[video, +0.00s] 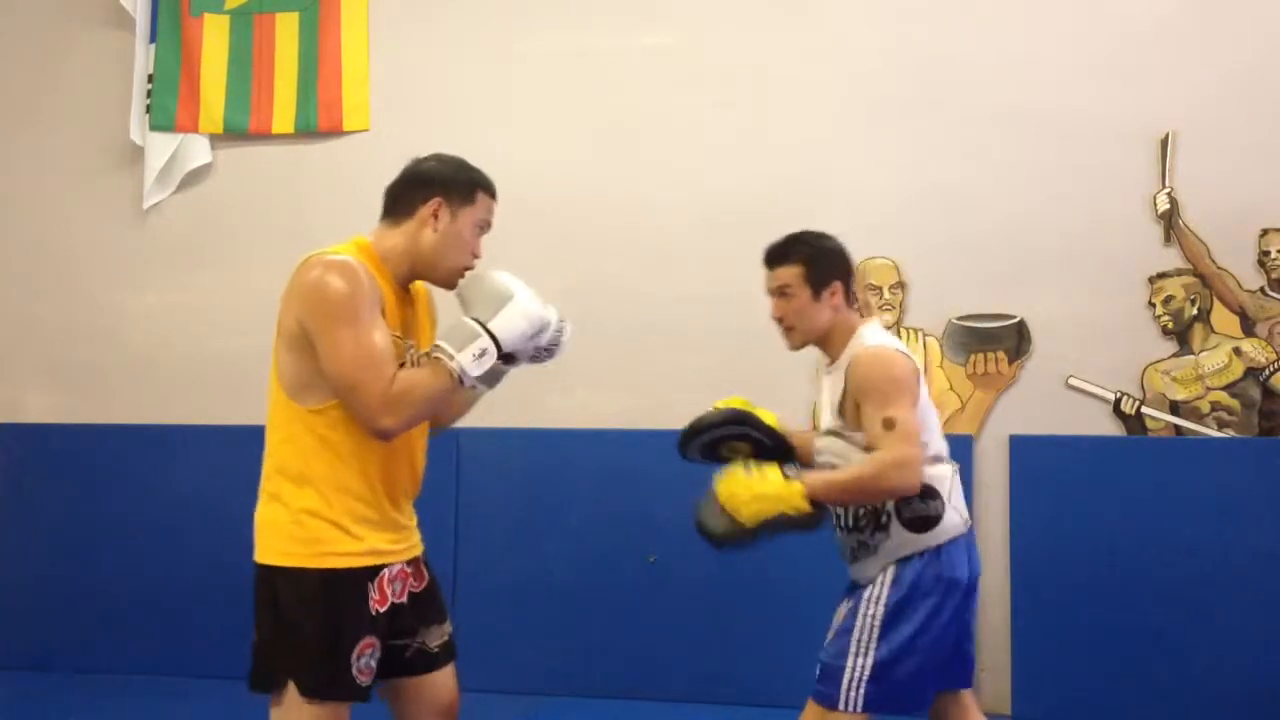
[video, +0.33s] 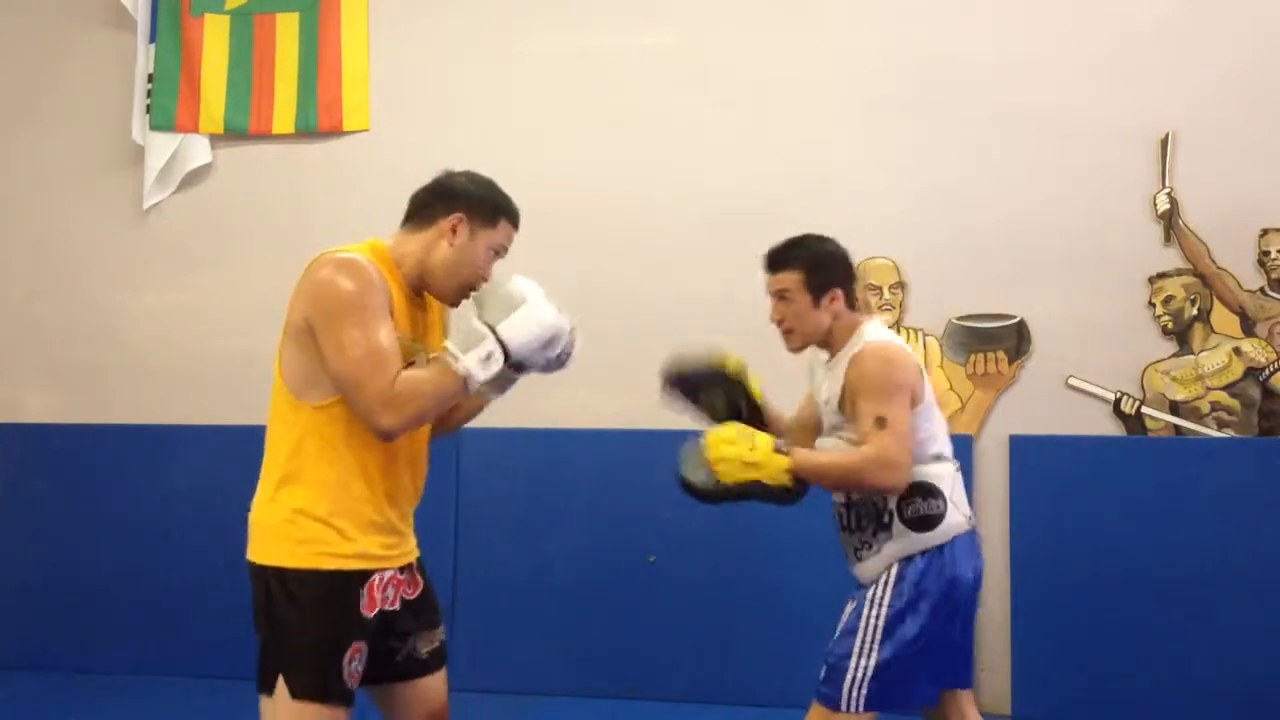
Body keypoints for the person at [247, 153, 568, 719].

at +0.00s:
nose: (480, 251)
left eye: (485, 234)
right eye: (478, 230)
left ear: (435, 219)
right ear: (435, 216)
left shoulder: (414, 299)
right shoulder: (334, 280)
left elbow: (435, 413)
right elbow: (384, 410)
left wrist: (500, 357)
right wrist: (485, 346)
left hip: (394, 546)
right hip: (319, 554)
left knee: (434, 703)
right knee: (312, 708)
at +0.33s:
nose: (489, 275)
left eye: (499, 260)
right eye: (492, 254)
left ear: (452, 231)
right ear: (453, 229)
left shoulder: (426, 305)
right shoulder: (343, 280)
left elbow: (438, 419)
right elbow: (387, 409)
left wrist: (509, 365)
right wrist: (495, 352)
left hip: (391, 551)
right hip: (313, 557)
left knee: (425, 707)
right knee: (309, 709)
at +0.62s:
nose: (472, 274)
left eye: (481, 259)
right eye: (476, 252)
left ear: (436, 231)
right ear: (438, 229)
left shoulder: (393, 304)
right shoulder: (329, 285)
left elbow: (402, 406)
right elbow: (388, 413)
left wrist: (481, 370)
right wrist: (477, 350)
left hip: (363, 554)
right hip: (294, 566)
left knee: (429, 707)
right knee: (308, 711)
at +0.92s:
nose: (491, 261)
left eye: (494, 245)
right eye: (490, 243)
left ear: (435, 233)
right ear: (455, 232)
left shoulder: (343, 297)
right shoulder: (446, 295)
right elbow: (570, 327)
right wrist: (614, 320)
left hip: (307, 558)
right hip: (360, 567)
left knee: (442, 692)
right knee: (350, 711)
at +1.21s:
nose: (542, 265)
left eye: (545, 247)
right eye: (541, 245)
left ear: (492, 236)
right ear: (508, 235)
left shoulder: (401, 296)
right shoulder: (498, 300)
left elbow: (449, 412)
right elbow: (562, 421)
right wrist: (604, 415)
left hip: (352, 537)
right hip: (411, 544)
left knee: (453, 700)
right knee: (427, 708)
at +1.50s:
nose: (551, 271)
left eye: (558, 256)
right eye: (554, 251)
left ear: (514, 230)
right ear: (521, 232)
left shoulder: (429, 280)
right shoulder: (461, 291)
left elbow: (435, 399)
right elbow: (525, 422)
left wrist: (520, 351)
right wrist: (587, 327)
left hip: (424, 551)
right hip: (398, 558)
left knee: (489, 702)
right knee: (429, 711)